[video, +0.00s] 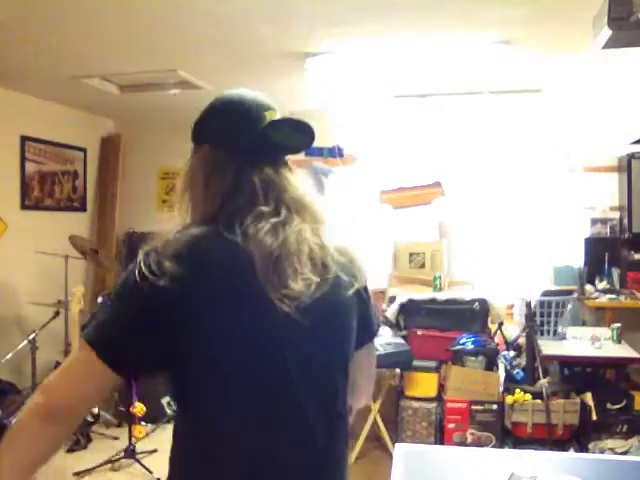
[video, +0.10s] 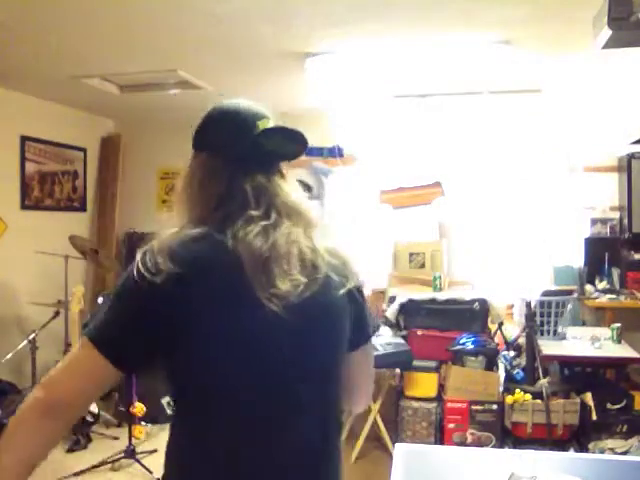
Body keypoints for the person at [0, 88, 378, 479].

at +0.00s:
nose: (188, 177)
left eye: (193, 164)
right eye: (190, 164)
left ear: (207, 169)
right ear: (286, 169)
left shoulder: (180, 266)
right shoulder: (342, 269)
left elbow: (57, 406)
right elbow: (360, 395)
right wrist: (320, 451)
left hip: (209, 467)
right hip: (318, 469)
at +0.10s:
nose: (181, 183)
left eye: (189, 169)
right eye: (185, 170)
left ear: (205, 174)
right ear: (280, 178)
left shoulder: (175, 266)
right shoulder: (334, 270)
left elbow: (56, 400)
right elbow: (358, 396)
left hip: (202, 471)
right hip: (311, 471)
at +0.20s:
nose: (177, 188)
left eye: (185, 175)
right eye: (182, 175)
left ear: (200, 181)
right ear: (272, 183)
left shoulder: (170, 267)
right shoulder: (326, 271)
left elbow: (62, 399)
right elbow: (356, 397)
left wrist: (11, 471)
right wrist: (292, 365)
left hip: (196, 473)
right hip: (304, 474)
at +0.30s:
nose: (173, 191)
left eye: (180, 180)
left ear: (192, 185)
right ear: (264, 185)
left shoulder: (164, 272)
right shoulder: (315, 272)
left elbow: (64, 404)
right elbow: (352, 396)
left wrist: (21, 472)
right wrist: (290, 369)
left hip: (193, 469)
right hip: (296, 471)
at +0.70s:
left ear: (185, 183)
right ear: (254, 184)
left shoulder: (152, 269)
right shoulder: (294, 264)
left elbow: (83, 391)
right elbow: (338, 386)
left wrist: (77, 458)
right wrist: (324, 334)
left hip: (186, 465)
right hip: (281, 465)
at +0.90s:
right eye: (273, 174)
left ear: (205, 180)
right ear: (274, 182)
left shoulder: (166, 266)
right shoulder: (309, 264)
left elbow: (92, 382)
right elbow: (353, 388)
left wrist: (88, 445)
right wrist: (350, 321)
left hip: (195, 467)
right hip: (290, 467)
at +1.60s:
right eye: (300, 166)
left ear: (209, 173)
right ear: (295, 178)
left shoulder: (165, 274)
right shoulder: (335, 286)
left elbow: (46, 400)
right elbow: (383, 430)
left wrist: (63, 447)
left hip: (182, 471)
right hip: (298, 472)